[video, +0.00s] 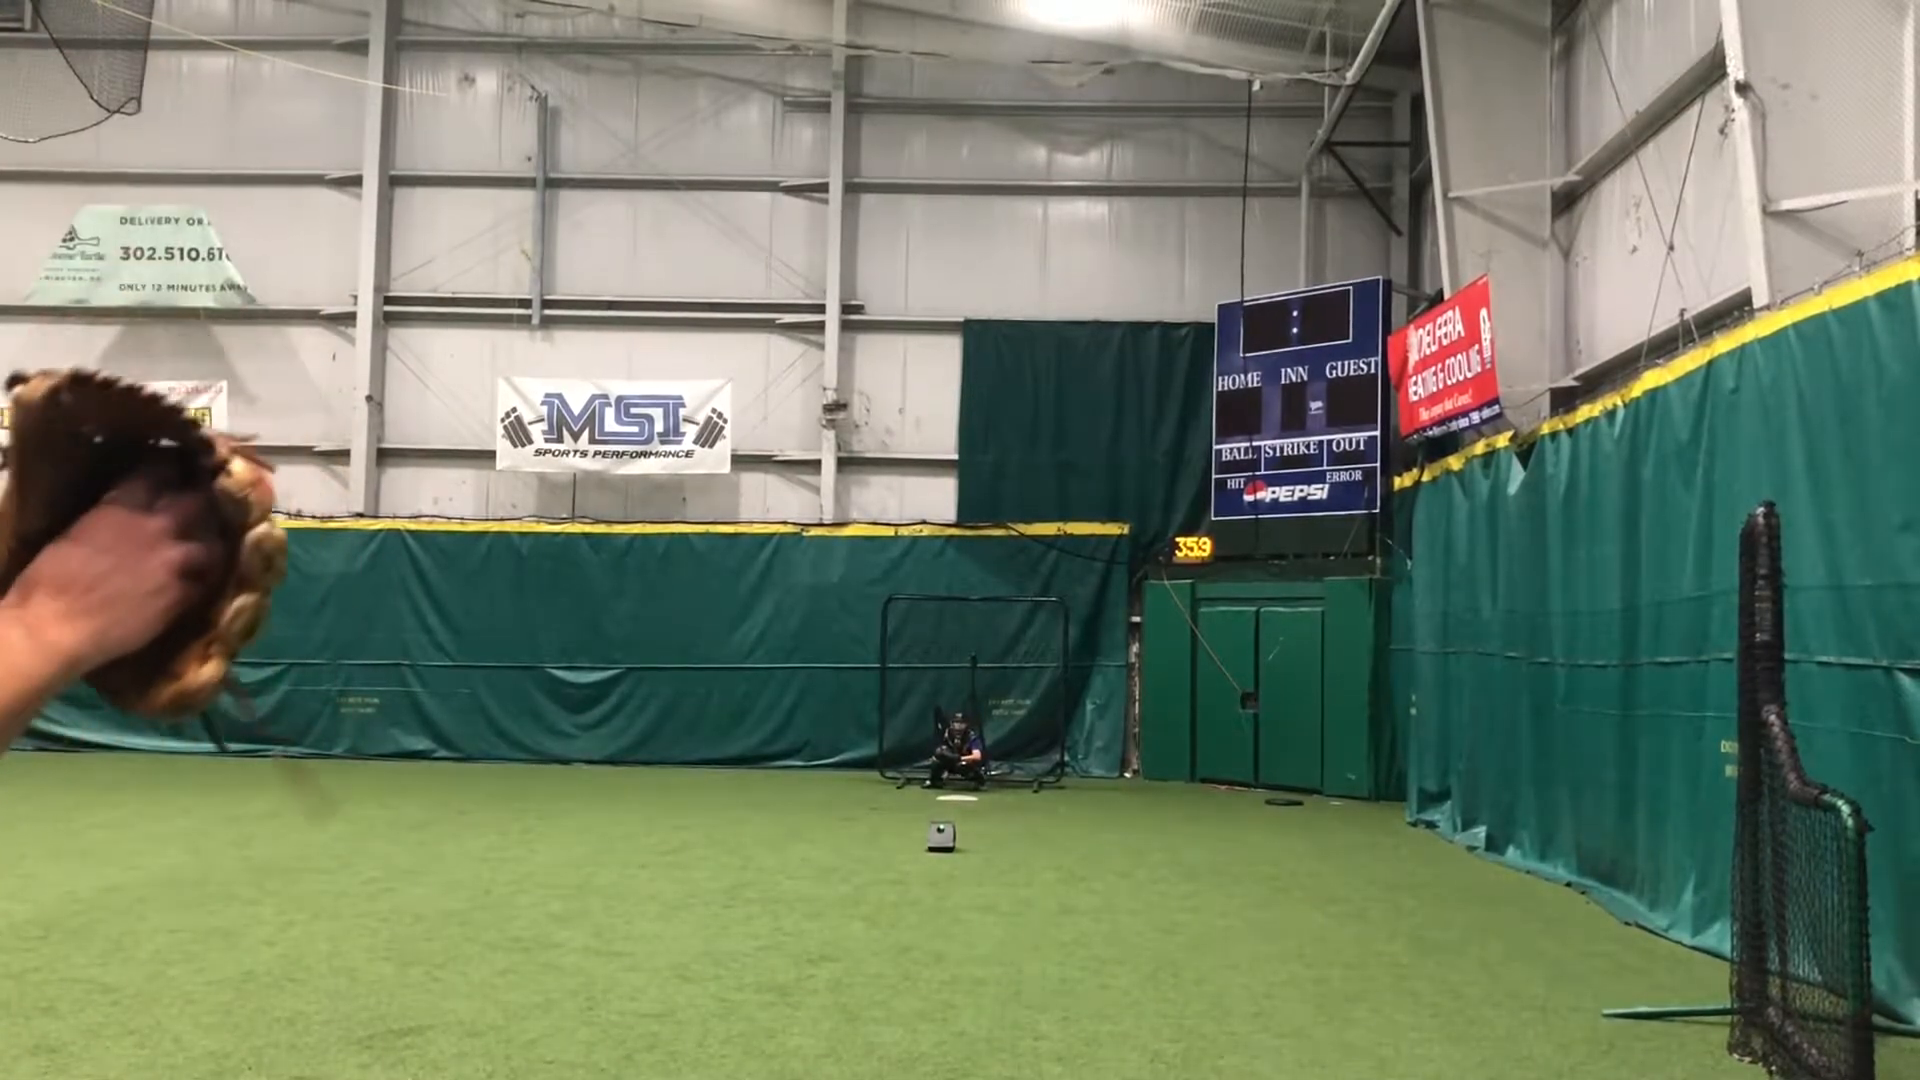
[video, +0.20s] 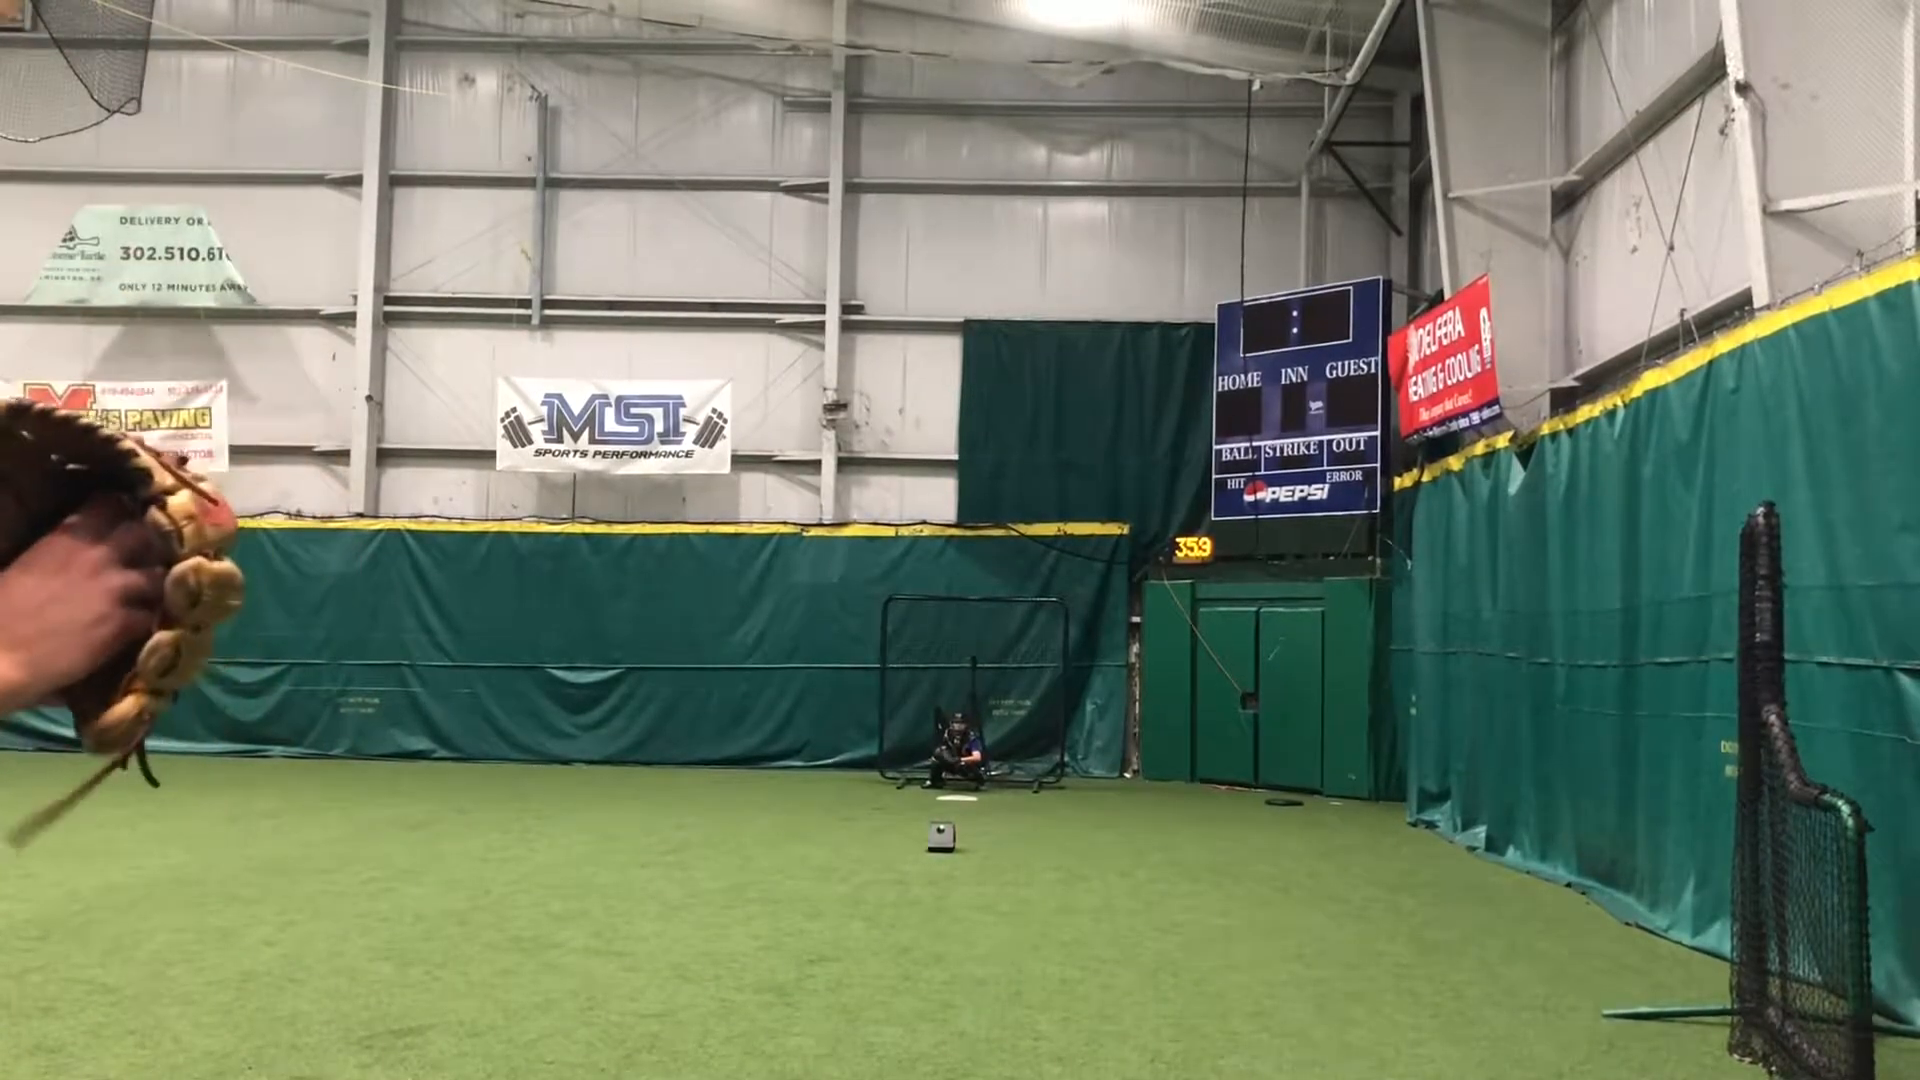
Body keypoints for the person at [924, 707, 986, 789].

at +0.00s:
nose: (958, 727)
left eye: (961, 723)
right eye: (955, 723)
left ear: (966, 725)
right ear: (951, 725)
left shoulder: (972, 737)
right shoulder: (947, 735)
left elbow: (977, 756)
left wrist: (961, 759)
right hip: (950, 762)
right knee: (936, 763)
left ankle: (979, 781)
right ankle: (935, 781)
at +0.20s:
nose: (957, 728)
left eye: (961, 724)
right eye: (955, 724)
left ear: (966, 725)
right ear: (951, 725)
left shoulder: (971, 739)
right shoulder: (948, 736)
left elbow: (977, 757)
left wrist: (961, 760)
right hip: (951, 764)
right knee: (936, 761)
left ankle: (981, 782)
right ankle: (935, 780)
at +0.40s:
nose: (956, 728)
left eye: (960, 724)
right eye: (953, 724)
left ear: (965, 726)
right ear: (950, 725)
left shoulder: (972, 740)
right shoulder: (947, 738)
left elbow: (976, 758)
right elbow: (938, 751)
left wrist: (960, 760)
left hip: (967, 767)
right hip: (950, 765)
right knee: (936, 762)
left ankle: (980, 783)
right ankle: (936, 781)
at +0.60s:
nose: (955, 728)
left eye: (958, 724)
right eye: (953, 724)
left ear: (964, 726)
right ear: (949, 726)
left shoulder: (971, 740)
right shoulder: (946, 738)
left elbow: (975, 758)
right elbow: (938, 751)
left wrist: (959, 759)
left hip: (966, 767)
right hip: (950, 765)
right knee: (935, 761)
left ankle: (980, 782)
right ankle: (935, 781)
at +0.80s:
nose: (955, 728)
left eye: (958, 725)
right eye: (952, 725)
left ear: (963, 727)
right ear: (948, 726)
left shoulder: (970, 741)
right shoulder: (944, 738)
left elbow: (975, 758)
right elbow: (936, 751)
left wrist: (958, 759)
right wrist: (945, 758)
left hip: (963, 766)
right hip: (947, 764)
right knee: (935, 765)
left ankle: (979, 783)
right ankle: (935, 781)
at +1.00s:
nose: (954, 728)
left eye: (957, 725)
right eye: (952, 725)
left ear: (963, 727)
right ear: (948, 726)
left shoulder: (970, 741)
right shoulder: (944, 738)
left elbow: (975, 759)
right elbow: (936, 752)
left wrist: (958, 758)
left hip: (964, 766)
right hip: (947, 764)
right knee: (934, 765)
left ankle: (978, 782)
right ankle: (935, 781)